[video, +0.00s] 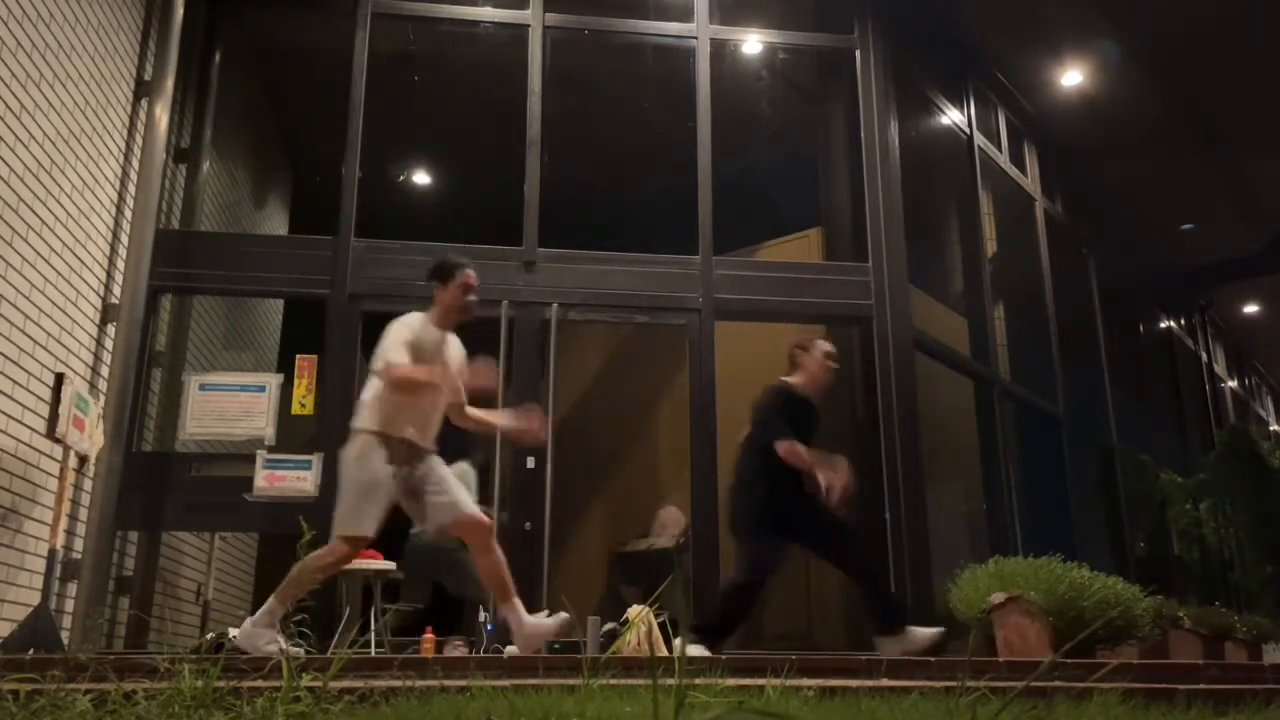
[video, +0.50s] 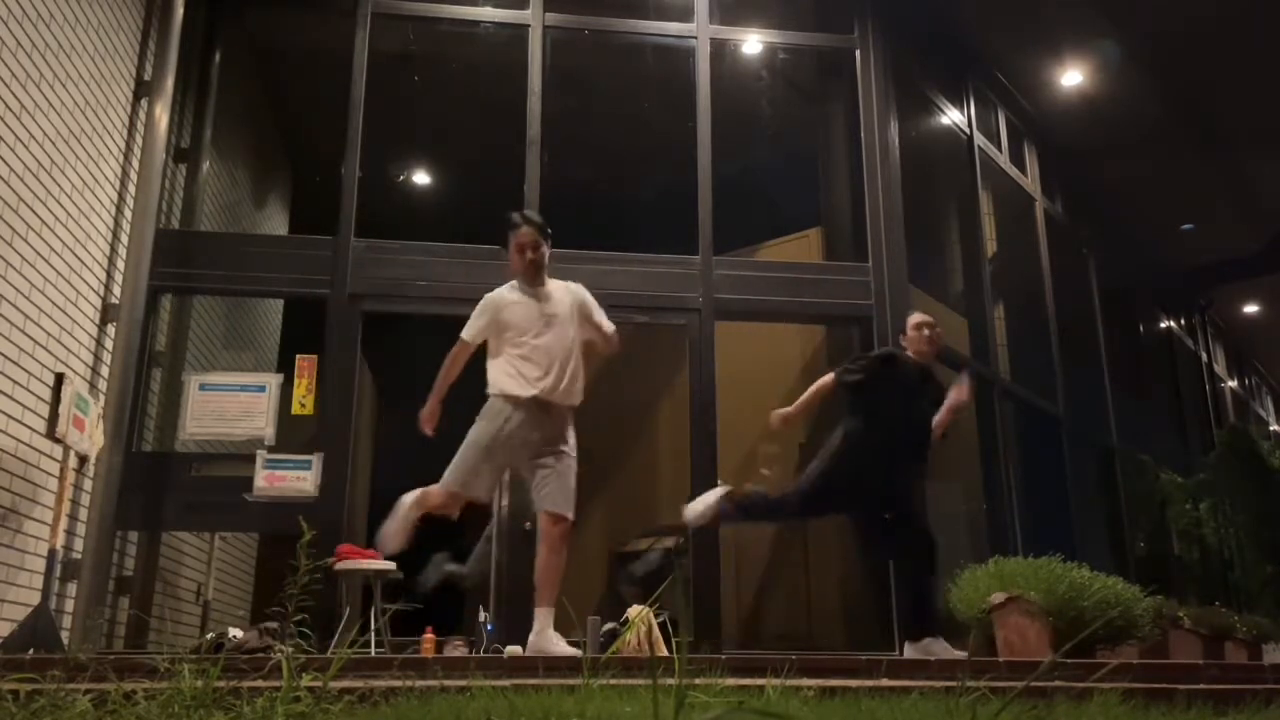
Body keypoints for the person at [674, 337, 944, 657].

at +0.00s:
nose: (834, 366)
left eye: (835, 360)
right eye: (827, 358)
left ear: (810, 363)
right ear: (802, 358)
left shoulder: (807, 407)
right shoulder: (779, 398)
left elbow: (798, 453)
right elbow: (785, 447)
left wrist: (835, 467)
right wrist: (824, 466)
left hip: (792, 504)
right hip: (761, 505)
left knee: (855, 552)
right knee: (751, 577)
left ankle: (891, 632)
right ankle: (699, 641)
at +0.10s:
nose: (871, 380)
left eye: (873, 373)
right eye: (865, 371)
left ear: (859, 377)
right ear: (841, 371)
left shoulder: (849, 417)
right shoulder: (820, 407)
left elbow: (819, 465)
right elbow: (795, 455)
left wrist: (835, 505)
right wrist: (804, 510)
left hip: (821, 508)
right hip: (785, 506)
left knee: (873, 568)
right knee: (764, 580)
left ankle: (918, 636)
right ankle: (701, 639)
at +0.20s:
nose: (912, 377)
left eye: (912, 371)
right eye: (905, 370)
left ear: (903, 380)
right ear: (881, 374)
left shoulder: (885, 419)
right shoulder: (856, 405)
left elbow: (871, 469)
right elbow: (812, 433)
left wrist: (880, 500)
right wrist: (781, 472)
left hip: (856, 507)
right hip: (813, 503)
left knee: (899, 559)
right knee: (764, 566)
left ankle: (921, 637)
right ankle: (705, 631)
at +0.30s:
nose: (931, 364)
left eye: (933, 358)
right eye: (924, 355)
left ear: (929, 368)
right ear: (902, 360)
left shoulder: (910, 413)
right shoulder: (876, 388)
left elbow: (892, 470)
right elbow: (824, 400)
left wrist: (915, 477)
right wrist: (783, 431)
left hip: (862, 494)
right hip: (821, 483)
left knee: (897, 557)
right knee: (768, 538)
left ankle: (920, 638)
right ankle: (706, 594)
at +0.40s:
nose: (933, 345)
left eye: (937, 341)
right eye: (925, 338)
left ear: (940, 354)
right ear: (905, 347)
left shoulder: (927, 407)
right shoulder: (882, 370)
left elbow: (917, 458)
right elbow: (830, 383)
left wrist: (942, 445)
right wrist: (791, 411)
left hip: (876, 488)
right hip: (837, 473)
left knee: (899, 558)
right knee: (774, 518)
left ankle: (919, 638)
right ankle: (699, 541)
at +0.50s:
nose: (929, 334)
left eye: (933, 329)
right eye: (921, 328)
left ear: (938, 341)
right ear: (905, 338)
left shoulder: (934, 386)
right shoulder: (888, 360)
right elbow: (834, 378)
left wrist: (951, 409)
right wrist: (796, 409)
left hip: (892, 478)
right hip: (851, 463)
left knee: (916, 547)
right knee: (799, 504)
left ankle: (920, 638)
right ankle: (723, 504)